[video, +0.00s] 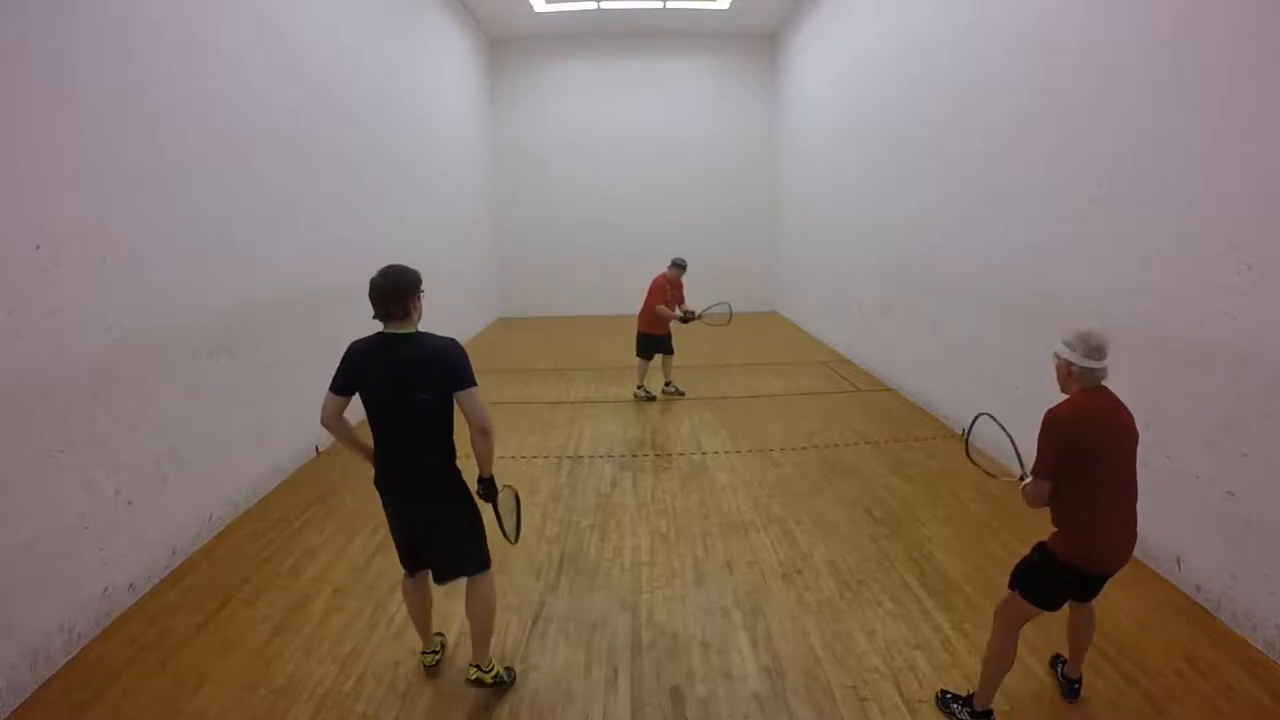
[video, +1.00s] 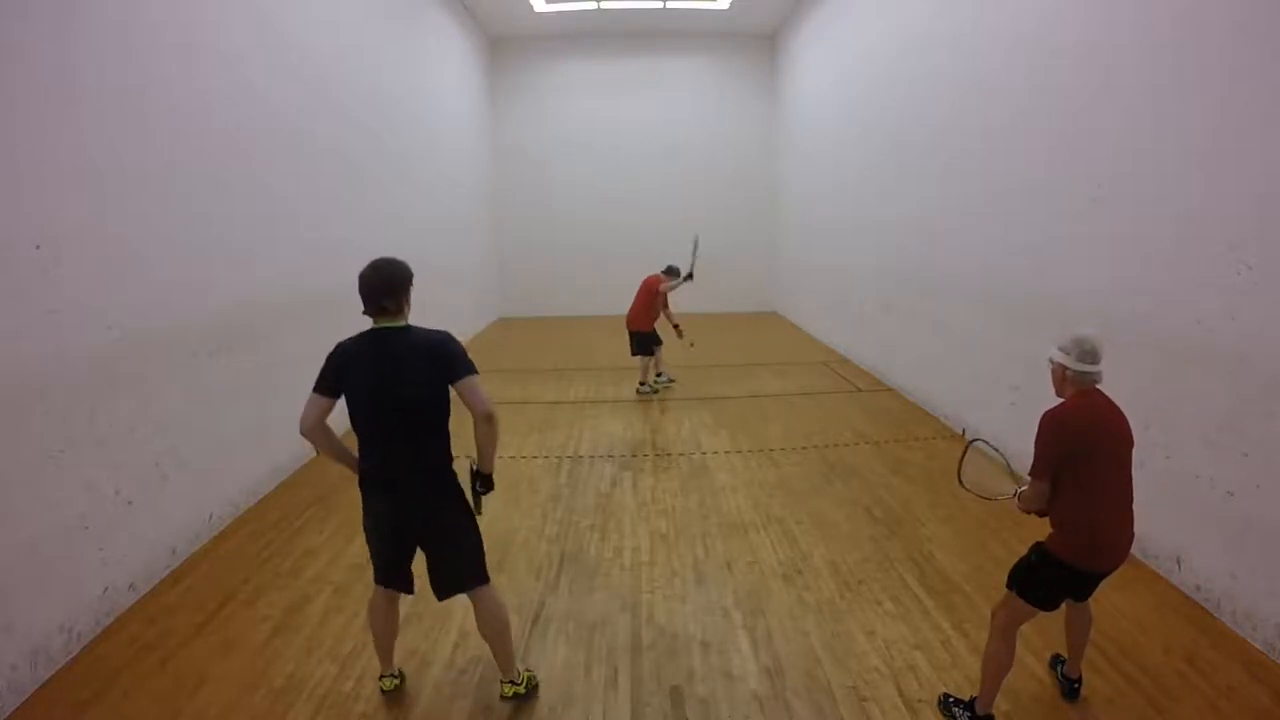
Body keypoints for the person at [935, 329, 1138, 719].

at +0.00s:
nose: (1055, 367)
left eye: (1058, 362)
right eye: (1057, 360)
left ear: (1069, 369)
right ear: (1099, 370)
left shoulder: (1061, 417)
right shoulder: (1120, 413)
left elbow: (1036, 497)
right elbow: (1101, 477)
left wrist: (1027, 486)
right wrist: (1050, 481)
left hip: (1076, 547)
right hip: (1118, 546)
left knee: (1009, 616)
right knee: (1082, 600)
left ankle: (979, 705)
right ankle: (1073, 676)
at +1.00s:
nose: (1051, 373)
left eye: (1054, 367)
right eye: (1053, 366)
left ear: (1064, 373)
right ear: (1093, 374)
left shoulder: (1057, 420)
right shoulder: (1114, 415)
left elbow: (1037, 500)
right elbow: (1097, 482)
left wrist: (1025, 499)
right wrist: (1041, 497)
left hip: (1073, 548)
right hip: (1115, 545)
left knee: (1005, 618)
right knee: (1078, 597)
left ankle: (981, 708)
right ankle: (1073, 675)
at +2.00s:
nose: (1048, 367)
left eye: (1053, 360)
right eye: (1050, 359)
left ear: (1068, 367)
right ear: (1089, 368)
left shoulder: (1062, 416)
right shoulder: (1113, 408)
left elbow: (1044, 497)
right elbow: (1101, 479)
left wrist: (1028, 507)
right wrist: (1052, 506)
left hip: (1077, 543)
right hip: (1116, 541)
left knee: (1014, 619)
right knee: (1080, 597)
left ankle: (981, 708)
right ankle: (1073, 675)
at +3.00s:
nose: (1039, 366)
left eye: (1047, 359)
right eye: (1041, 358)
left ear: (1075, 364)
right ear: (1076, 365)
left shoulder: (1081, 418)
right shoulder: (1096, 402)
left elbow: (1070, 501)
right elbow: (1084, 480)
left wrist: (1027, 516)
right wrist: (1044, 507)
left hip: (1074, 543)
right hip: (1096, 535)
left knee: (1015, 621)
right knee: (1068, 597)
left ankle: (983, 707)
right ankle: (1077, 675)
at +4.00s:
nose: (1086, 371)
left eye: (1090, 362)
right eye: (1086, 362)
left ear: (1114, 362)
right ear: (1123, 363)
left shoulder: (1115, 414)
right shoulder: (1145, 403)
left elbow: (1086, 489)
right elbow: (1128, 477)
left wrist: (1038, 478)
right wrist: (1081, 498)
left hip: (1103, 538)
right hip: (1130, 535)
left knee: (1048, 621)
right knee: (1084, 600)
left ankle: (995, 704)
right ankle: (1076, 672)